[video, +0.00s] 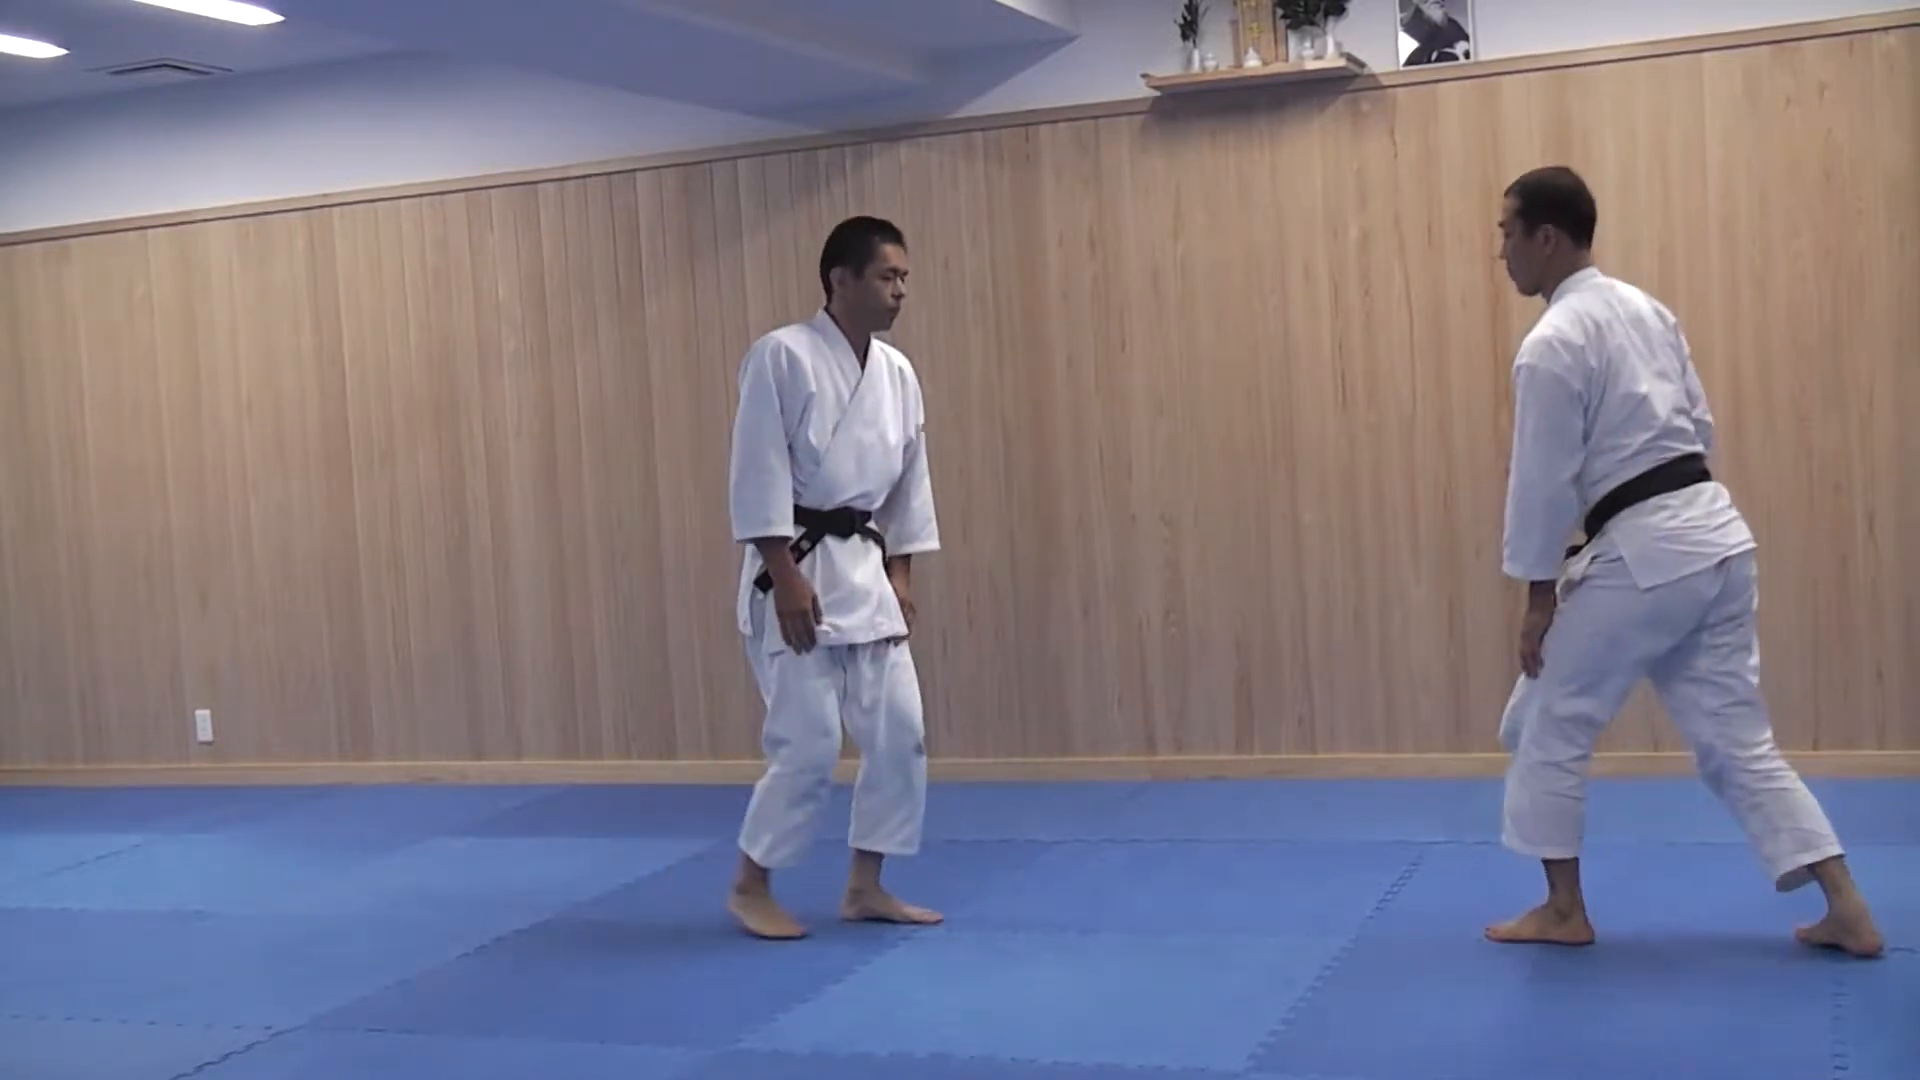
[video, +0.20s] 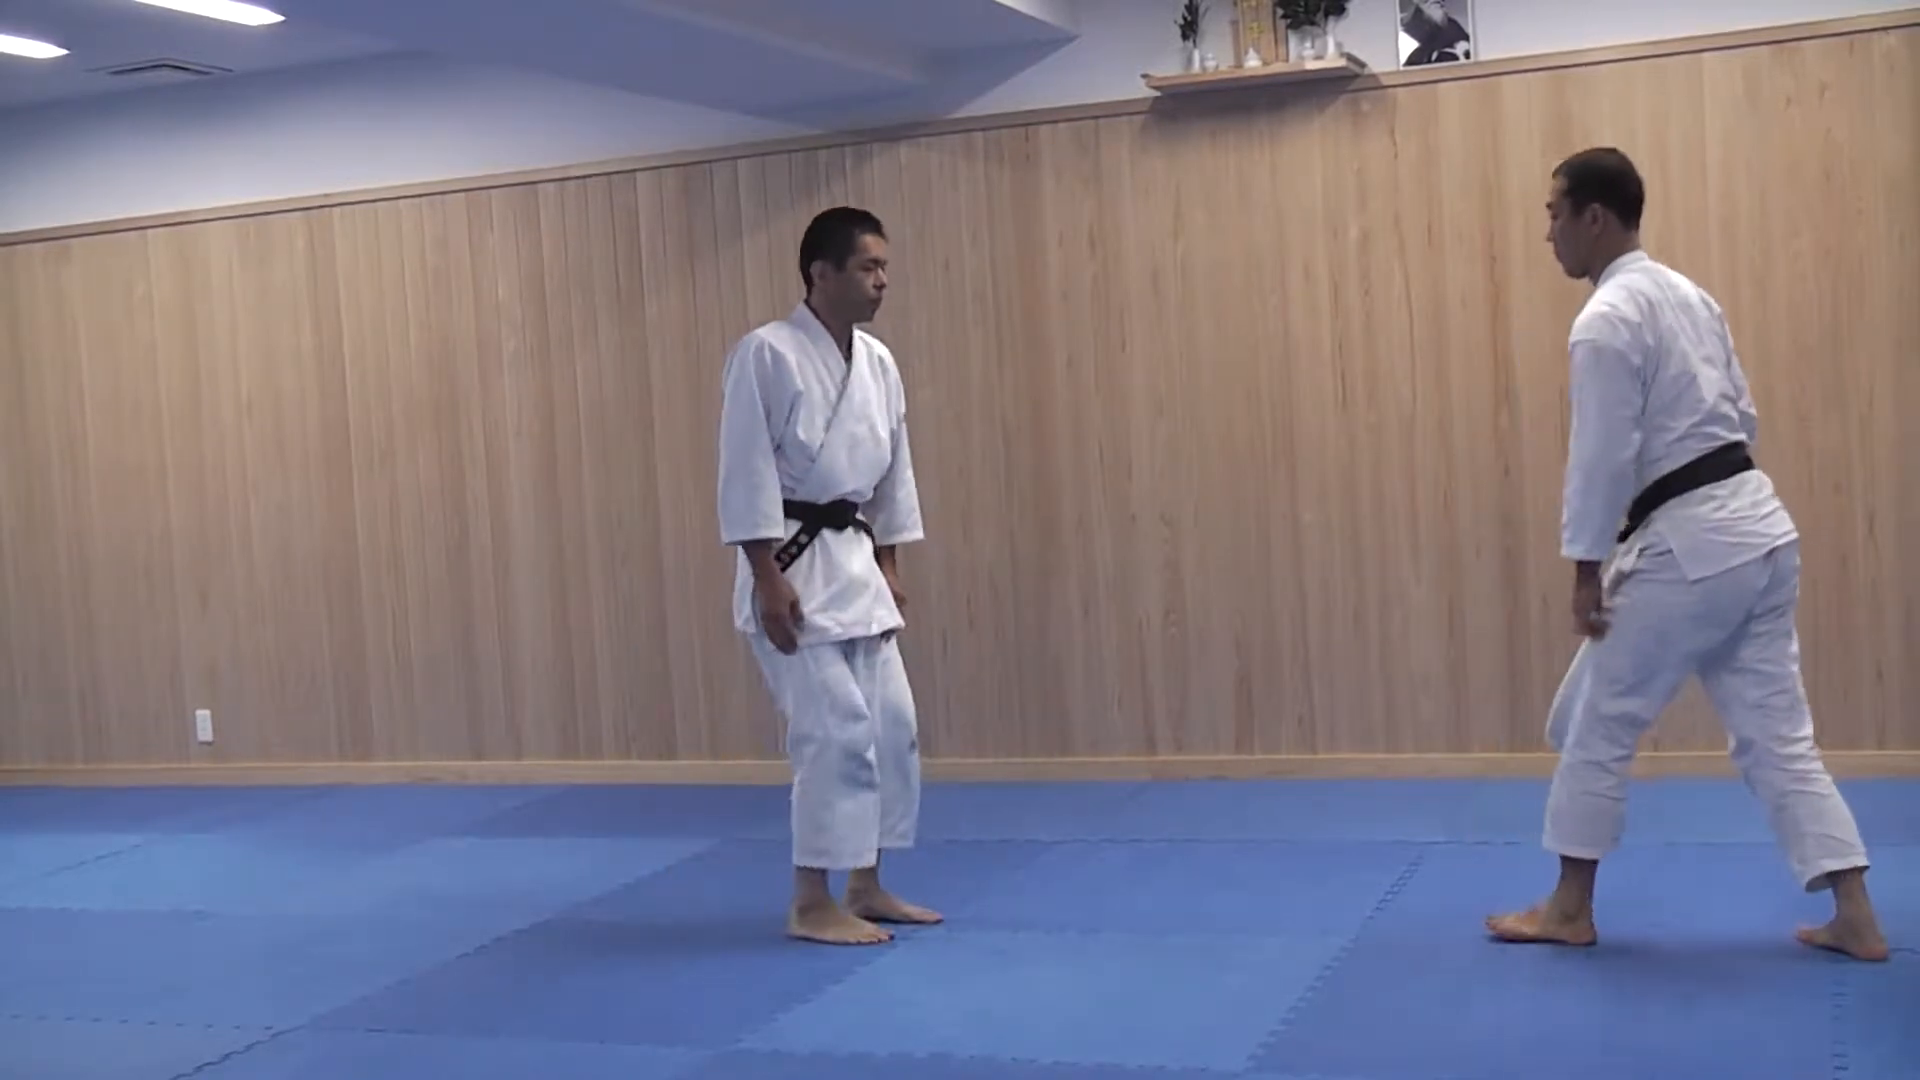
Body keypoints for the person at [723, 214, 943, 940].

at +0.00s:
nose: (901, 290)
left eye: (905, 278)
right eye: (888, 277)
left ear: (897, 284)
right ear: (839, 280)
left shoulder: (896, 371)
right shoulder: (782, 355)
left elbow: (907, 484)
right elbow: (758, 474)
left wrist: (899, 576)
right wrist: (784, 575)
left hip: (864, 568)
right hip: (794, 569)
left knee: (899, 727)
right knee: (810, 741)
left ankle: (865, 886)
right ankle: (750, 885)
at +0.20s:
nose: (882, 282)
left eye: (885, 269)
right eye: (868, 269)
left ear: (883, 274)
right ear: (819, 274)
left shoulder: (878, 361)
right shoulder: (766, 353)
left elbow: (889, 475)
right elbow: (743, 474)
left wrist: (886, 568)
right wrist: (767, 578)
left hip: (854, 563)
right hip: (792, 567)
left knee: (892, 718)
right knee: (834, 723)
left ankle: (866, 885)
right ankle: (811, 902)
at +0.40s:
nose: (865, 274)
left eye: (866, 260)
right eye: (851, 261)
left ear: (840, 270)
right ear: (801, 269)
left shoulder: (846, 350)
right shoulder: (761, 352)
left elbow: (848, 472)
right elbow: (743, 477)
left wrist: (858, 576)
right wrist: (757, 587)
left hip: (842, 562)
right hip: (787, 569)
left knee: (875, 721)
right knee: (815, 735)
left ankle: (852, 881)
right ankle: (808, 905)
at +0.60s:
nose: (844, 272)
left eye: (844, 259)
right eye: (829, 259)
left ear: (810, 269)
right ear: (782, 268)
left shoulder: (823, 349)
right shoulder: (750, 353)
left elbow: (832, 472)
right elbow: (744, 482)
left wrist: (843, 575)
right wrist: (770, 594)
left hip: (825, 561)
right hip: (782, 567)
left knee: (829, 727)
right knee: (811, 734)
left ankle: (747, 869)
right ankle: (809, 905)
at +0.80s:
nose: (825, 276)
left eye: (826, 262)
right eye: (811, 263)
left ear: (789, 274)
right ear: (765, 273)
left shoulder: (804, 352)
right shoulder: (736, 356)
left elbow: (817, 470)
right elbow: (740, 479)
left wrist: (827, 567)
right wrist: (777, 585)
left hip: (800, 557)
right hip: (764, 564)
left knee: (754, 723)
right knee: (808, 730)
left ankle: (688, 881)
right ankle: (809, 906)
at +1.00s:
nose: (810, 284)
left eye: (810, 271)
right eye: (795, 272)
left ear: (785, 280)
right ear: (748, 280)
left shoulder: (783, 361)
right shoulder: (719, 363)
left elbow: (803, 478)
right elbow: (731, 487)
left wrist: (818, 576)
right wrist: (772, 585)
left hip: (775, 560)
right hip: (743, 569)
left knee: (733, 727)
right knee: (796, 730)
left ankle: (683, 890)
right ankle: (809, 905)